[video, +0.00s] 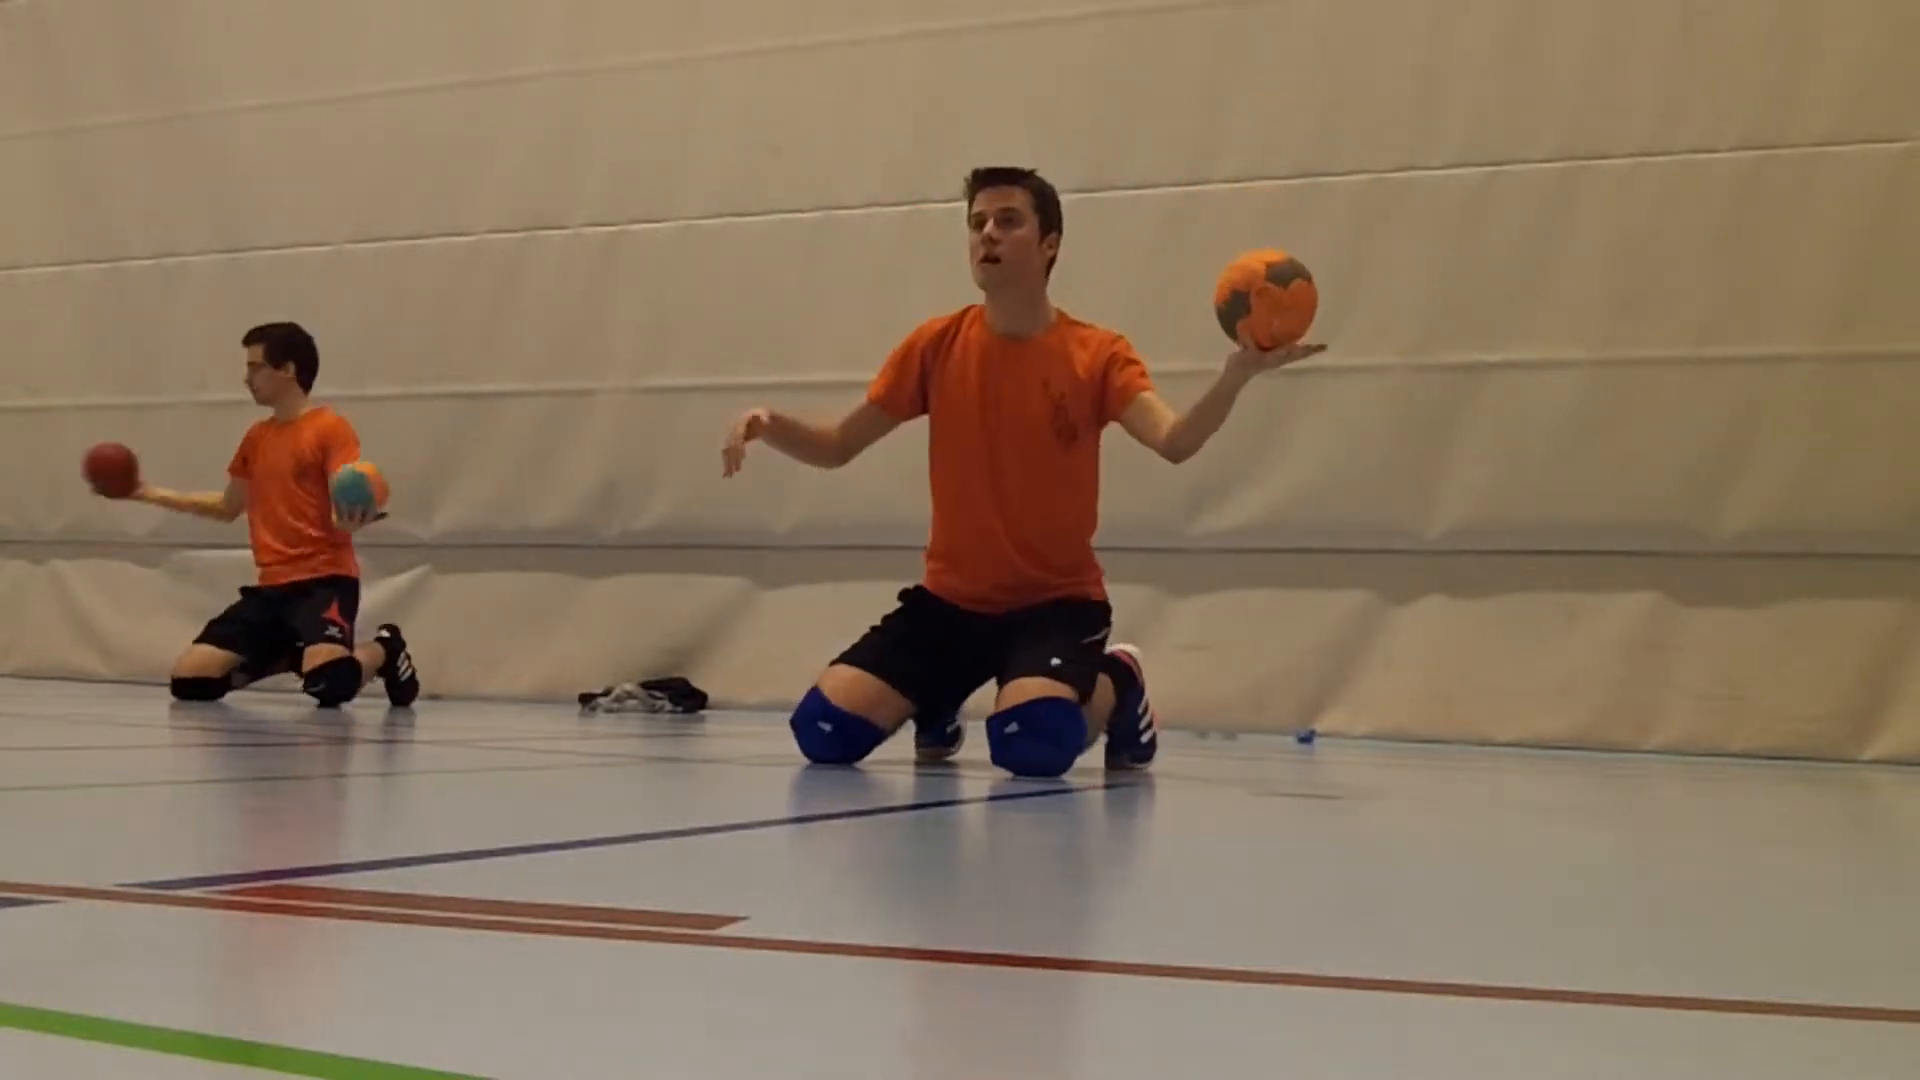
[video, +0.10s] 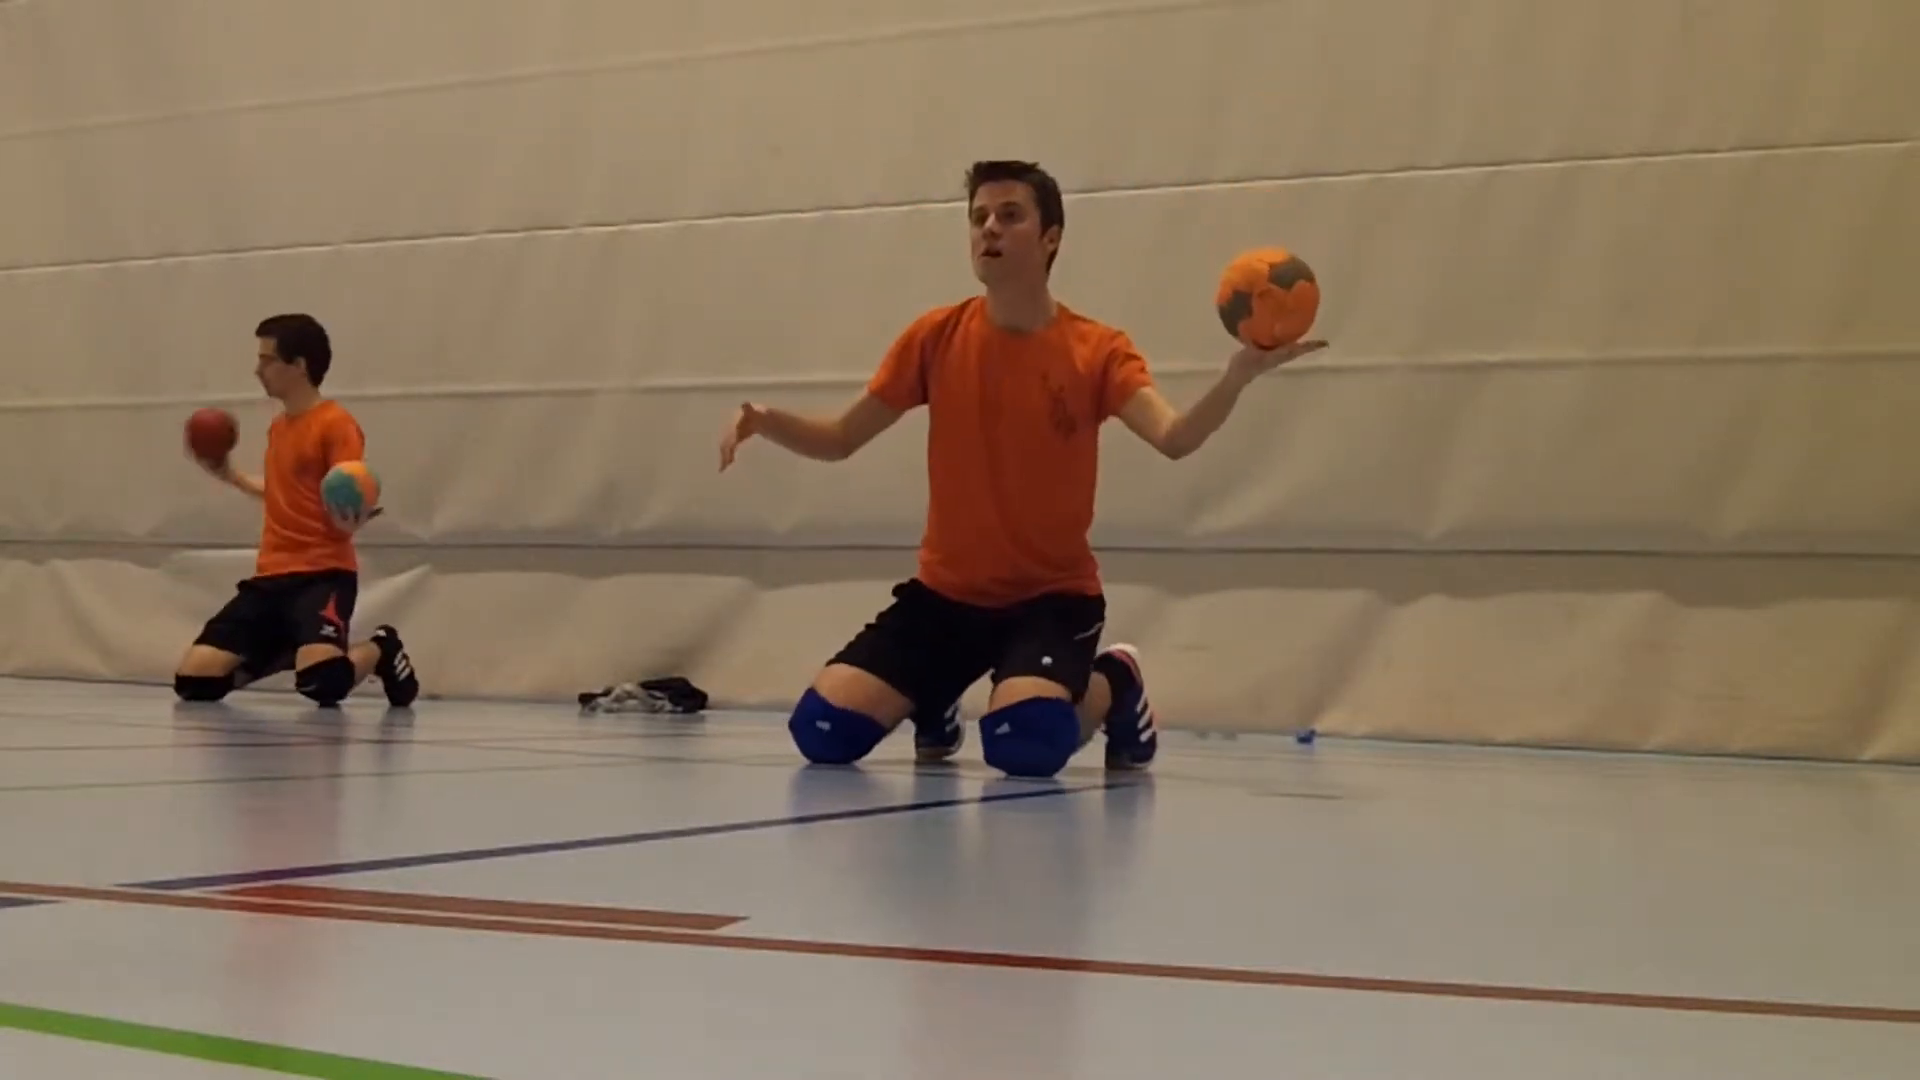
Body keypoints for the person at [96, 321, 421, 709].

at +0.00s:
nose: (246, 377)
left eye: (255, 367)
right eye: (247, 367)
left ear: (289, 371)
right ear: (276, 372)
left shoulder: (329, 428)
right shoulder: (258, 437)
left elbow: (346, 515)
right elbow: (226, 508)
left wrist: (355, 512)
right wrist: (144, 492)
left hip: (325, 585)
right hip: (270, 590)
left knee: (328, 685)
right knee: (188, 683)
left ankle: (386, 649)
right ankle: (298, 657)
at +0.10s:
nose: (257, 370)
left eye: (266, 360)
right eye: (259, 360)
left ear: (299, 366)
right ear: (292, 368)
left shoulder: (337, 425)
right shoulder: (278, 428)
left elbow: (354, 501)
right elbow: (279, 496)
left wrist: (352, 511)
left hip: (323, 579)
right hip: (269, 580)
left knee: (320, 684)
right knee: (194, 683)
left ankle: (381, 649)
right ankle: (303, 651)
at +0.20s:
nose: (265, 373)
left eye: (275, 363)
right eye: (266, 362)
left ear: (309, 371)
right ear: (302, 373)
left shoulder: (336, 424)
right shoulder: (300, 423)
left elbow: (352, 495)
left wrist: (355, 514)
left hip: (322, 582)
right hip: (274, 581)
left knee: (310, 689)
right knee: (196, 682)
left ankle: (382, 650)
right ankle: (298, 648)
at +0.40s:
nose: (302, 401)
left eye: (310, 391)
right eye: (298, 392)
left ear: (343, 383)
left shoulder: (361, 437)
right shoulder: (332, 428)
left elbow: (366, 526)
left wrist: (351, 516)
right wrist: (352, 387)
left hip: (326, 585)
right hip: (281, 581)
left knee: (309, 690)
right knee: (199, 682)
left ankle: (378, 651)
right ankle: (298, 651)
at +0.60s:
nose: (326, 408)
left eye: (335, 397)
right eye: (321, 398)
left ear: (363, 388)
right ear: (316, 393)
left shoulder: (381, 443)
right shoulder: (331, 424)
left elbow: (389, 534)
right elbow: (286, 376)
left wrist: (366, 523)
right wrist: (367, 374)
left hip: (335, 588)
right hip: (287, 581)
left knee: (310, 691)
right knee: (200, 682)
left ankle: (377, 652)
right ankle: (305, 651)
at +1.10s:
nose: (316, 385)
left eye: (331, 377)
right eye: (315, 373)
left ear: (362, 385)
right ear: (311, 375)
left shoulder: (386, 444)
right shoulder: (302, 424)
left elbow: (415, 525)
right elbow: (224, 398)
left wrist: (409, 560)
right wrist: (300, 379)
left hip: (347, 590)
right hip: (289, 586)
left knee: (310, 690)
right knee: (203, 683)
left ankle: (380, 653)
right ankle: (295, 655)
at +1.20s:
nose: (313, 364)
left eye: (327, 358)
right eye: (312, 354)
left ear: (357, 371)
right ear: (307, 358)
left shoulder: (379, 434)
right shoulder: (294, 418)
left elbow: (408, 511)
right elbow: (207, 404)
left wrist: (407, 542)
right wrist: (279, 365)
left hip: (343, 583)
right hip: (285, 580)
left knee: (309, 690)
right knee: (205, 684)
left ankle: (377, 654)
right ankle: (302, 653)